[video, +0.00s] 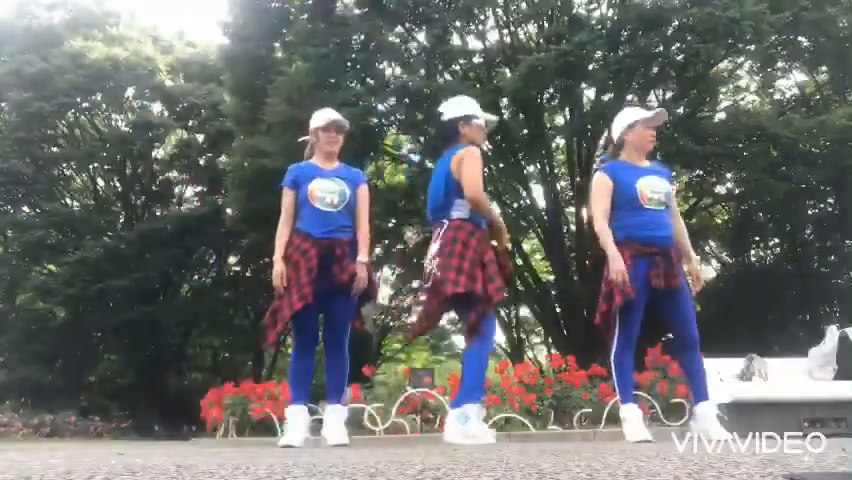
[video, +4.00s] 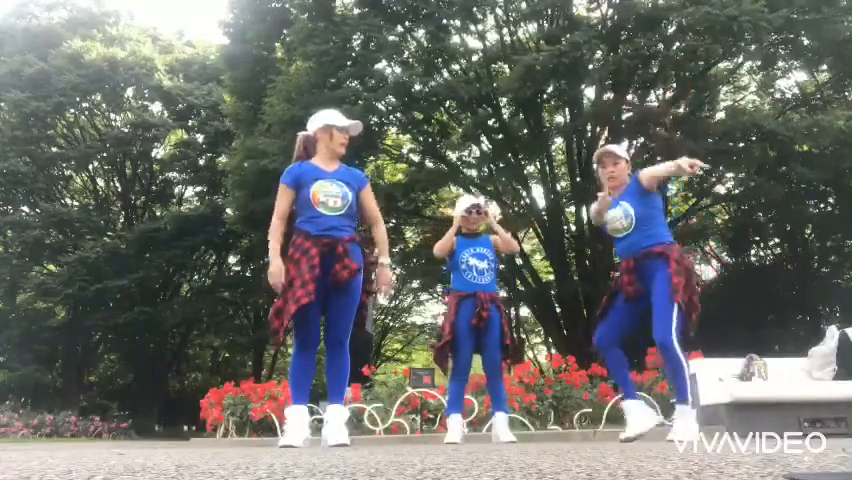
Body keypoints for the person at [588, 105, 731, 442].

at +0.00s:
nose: (654, 133)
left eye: (654, 128)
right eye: (648, 128)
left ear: (646, 135)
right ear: (627, 133)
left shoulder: (661, 172)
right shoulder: (607, 172)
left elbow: (675, 219)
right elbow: (600, 219)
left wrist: (691, 258)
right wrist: (613, 256)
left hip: (669, 257)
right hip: (632, 258)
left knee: (689, 336)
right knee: (626, 336)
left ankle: (703, 412)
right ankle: (629, 411)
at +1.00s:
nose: (637, 140)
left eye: (642, 134)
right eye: (630, 136)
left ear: (652, 139)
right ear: (620, 144)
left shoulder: (674, 171)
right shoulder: (611, 184)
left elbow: (700, 211)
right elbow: (605, 227)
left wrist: (683, 225)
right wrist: (606, 261)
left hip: (678, 257)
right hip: (637, 262)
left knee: (697, 335)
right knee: (643, 338)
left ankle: (702, 411)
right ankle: (653, 411)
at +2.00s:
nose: (652, 131)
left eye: (657, 125)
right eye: (645, 126)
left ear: (666, 130)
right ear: (632, 133)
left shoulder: (683, 157)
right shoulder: (620, 168)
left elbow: (713, 187)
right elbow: (595, 210)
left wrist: (711, 210)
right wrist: (615, 222)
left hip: (689, 240)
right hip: (648, 244)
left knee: (706, 331)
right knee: (651, 334)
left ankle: (719, 414)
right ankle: (656, 413)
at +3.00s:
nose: (641, 125)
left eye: (647, 119)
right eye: (634, 122)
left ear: (662, 125)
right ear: (628, 133)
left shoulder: (684, 155)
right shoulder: (621, 174)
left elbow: (723, 188)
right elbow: (616, 219)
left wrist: (697, 194)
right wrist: (616, 243)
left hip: (686, 245)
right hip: (643, 252)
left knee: (707, 333)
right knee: (643, 332)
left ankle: (719, 414)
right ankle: (651, 417)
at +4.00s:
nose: (610, 171)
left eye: (615, 164)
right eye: (604, 167)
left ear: (628, 165)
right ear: (598, 173)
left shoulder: (640, 181)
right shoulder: (603, 203)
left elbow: (657, 172)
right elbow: (596, 217)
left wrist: (677, 165)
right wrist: (603, 202)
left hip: (661, 264)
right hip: (632, 275)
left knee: (664, 337)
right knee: (605, 338)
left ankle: (685, 411)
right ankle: (636, 409)